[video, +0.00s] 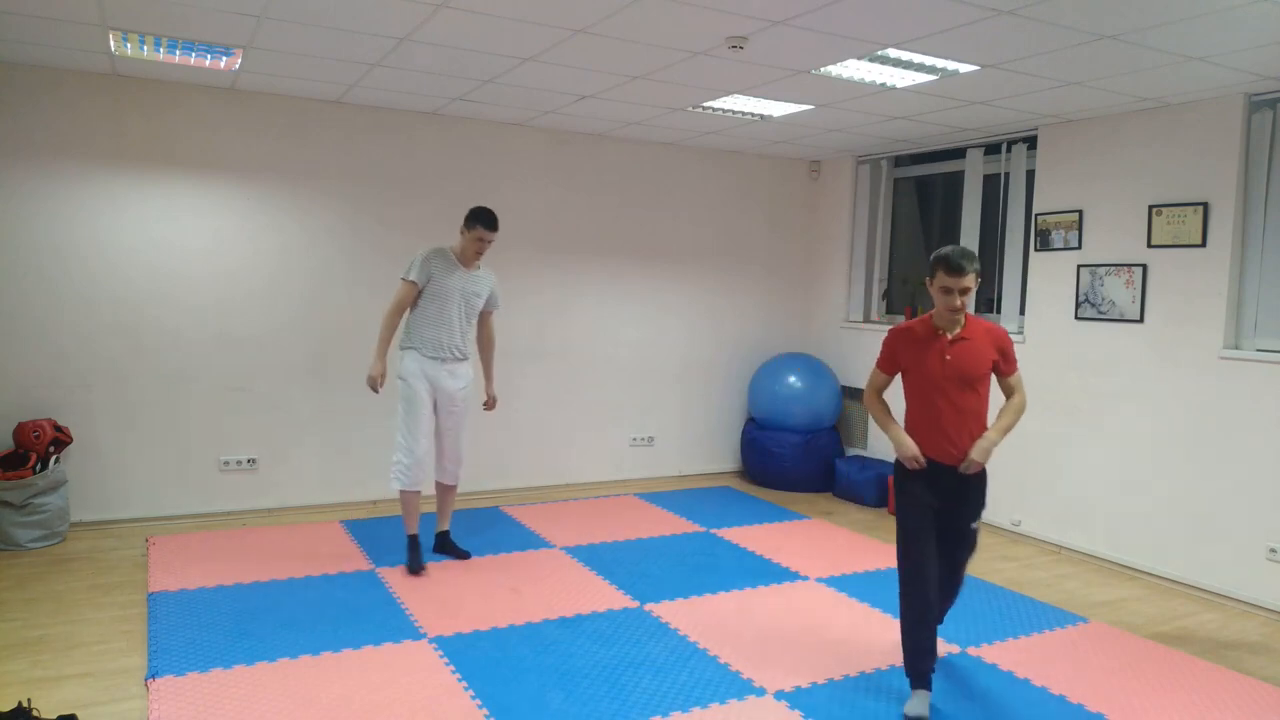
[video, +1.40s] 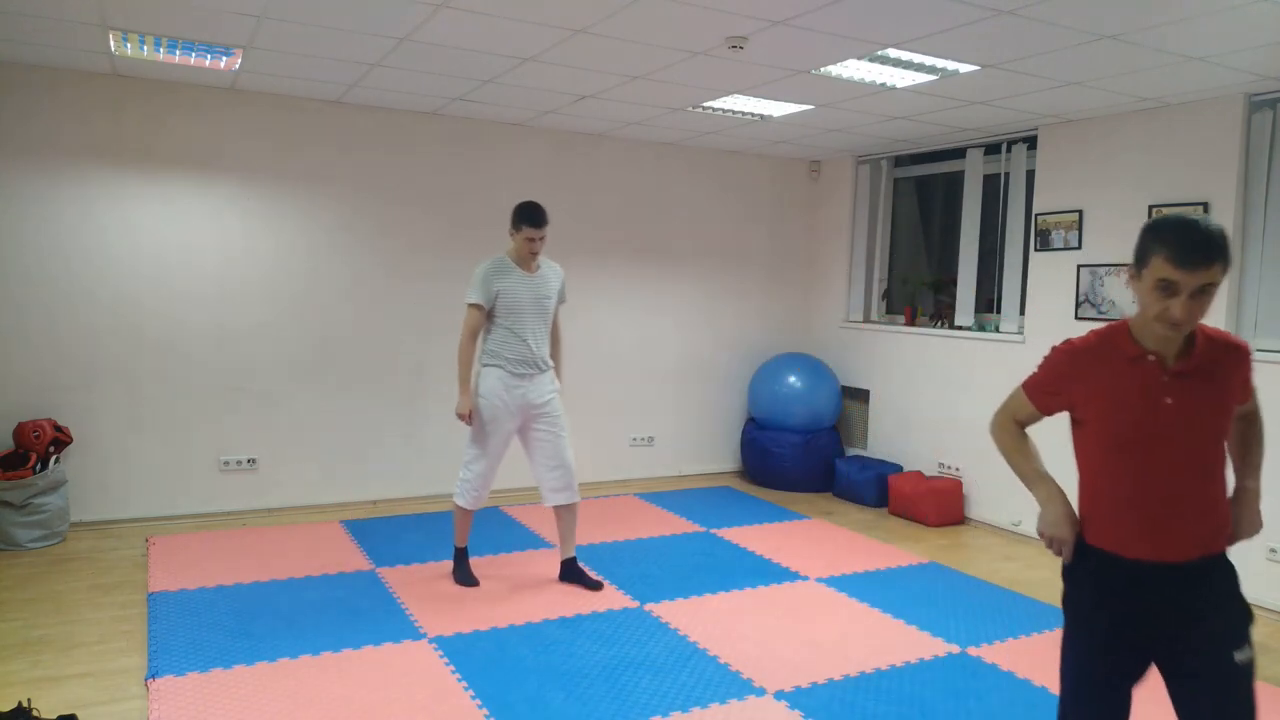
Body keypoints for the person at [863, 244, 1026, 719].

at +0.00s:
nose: (956, 301)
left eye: (965, 291)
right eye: (947, 292)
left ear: (976, 289)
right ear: (930, 287)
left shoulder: (992, 336)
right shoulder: (905, 337)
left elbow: (1017, 397)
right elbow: (872, 393)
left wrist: (991, 439)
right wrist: (898, 437)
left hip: (966, 475)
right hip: (916, 471)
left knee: (951, 579)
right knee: (920, 579)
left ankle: (924, 636)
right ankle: (918, 685)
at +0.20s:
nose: (979, 297)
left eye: (987, 287)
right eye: (970, 286)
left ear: (996, 285)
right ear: (948, 280)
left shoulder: (1007, 332)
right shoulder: (916, 333)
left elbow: (1024, 399)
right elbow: (885, 399)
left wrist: (1008, 450)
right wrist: (927, 448)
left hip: (990, 486)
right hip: (932, 483)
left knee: (1003, 592)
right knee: (926, 595)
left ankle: (962, 658)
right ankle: (920, 690)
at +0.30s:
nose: (997, 295)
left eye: (1005, 286)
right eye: (987, 284)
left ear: (1012, 284)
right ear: (964, 278)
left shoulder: (1020, 334)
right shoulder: (928, 331)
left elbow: (1034, 403)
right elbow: (901, 401)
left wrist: (1020, 454)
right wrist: (946, 453)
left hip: (1004, 492)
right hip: (942, 489)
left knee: (1019, 606)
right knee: (928, 598)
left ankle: (1012, 706)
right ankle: (921, 691)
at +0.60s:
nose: (1070, 317)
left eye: (1083, 308)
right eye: (1062, 303)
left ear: (1093, 304)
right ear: (1039, 288)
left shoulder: (1094, 352)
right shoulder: (992, 335)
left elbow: (1123, 424)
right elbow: (934, 394)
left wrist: (1087, 473)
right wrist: (968, 453)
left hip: (1063, 513)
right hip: (998, 507)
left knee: (1073, 650)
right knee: (979, 625)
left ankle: (1067, 716)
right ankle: (934, 691)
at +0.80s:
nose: (1098, 330)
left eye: (1112, 322)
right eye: (1089, 318)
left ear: (1128, 306)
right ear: (1069, 292)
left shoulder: (1139, 343)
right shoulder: (1026, 333)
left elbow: (1155, 404)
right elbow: (973, 378)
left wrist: (1138, 466)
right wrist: (989, 448)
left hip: (1100, 517)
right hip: (1026, 509)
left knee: (1086, 666)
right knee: (1021, 660)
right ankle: (1015, 713)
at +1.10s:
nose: (1131, 344)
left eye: (1146, 334)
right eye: (1118, 331)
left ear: (1164, 318)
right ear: (1096, 304)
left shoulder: (1180, 354)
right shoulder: (1054, 351)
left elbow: (1196, 398)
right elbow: (984, 393)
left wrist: (1189, 467)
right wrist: (1019, 460)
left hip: (1148, 547)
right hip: (1070, 542)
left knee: (1141, 692)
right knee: (1072, 690)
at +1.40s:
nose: (1182, 311)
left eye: (1201, 293)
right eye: (1166, 289)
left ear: (1216, 289)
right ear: (1133, 278)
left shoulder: (1230, 359)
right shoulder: (1079, 362)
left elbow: (1244, 415)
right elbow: (1006, 424)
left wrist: (1246, 493)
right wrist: (1050, 498)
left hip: (1204, 589)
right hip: (1106, 587)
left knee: (1229, 712)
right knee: (1087, 712)